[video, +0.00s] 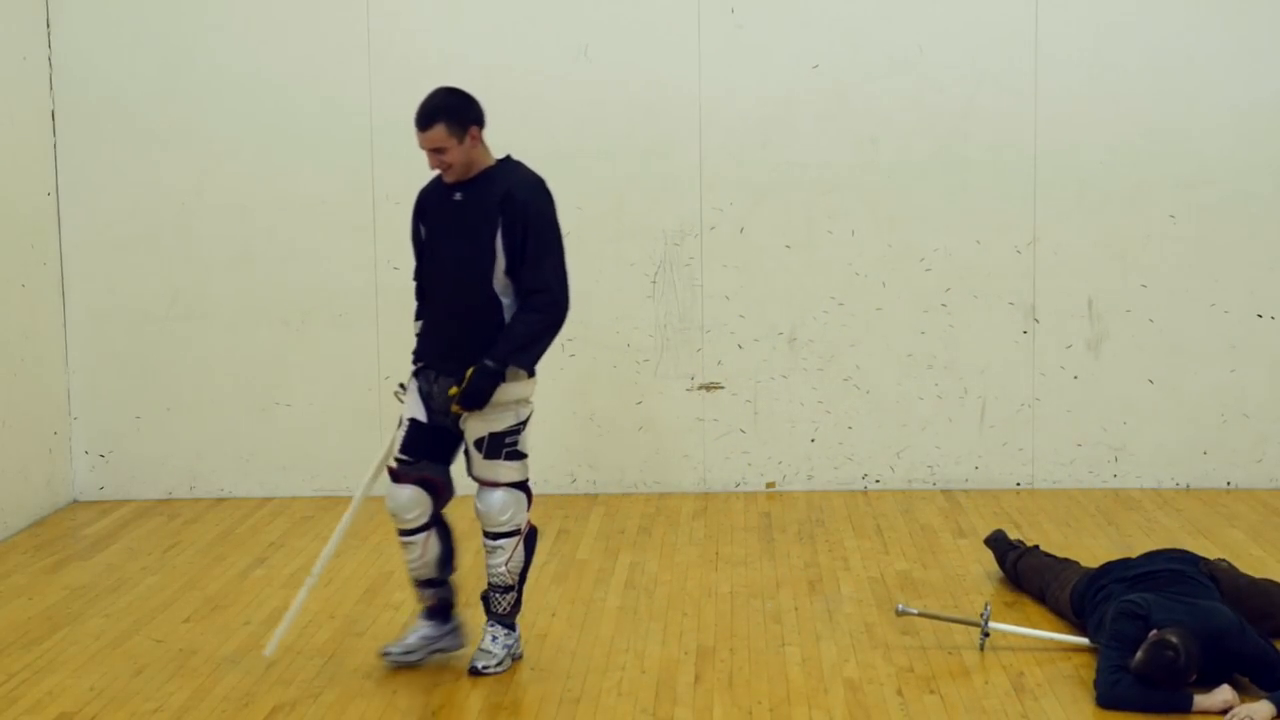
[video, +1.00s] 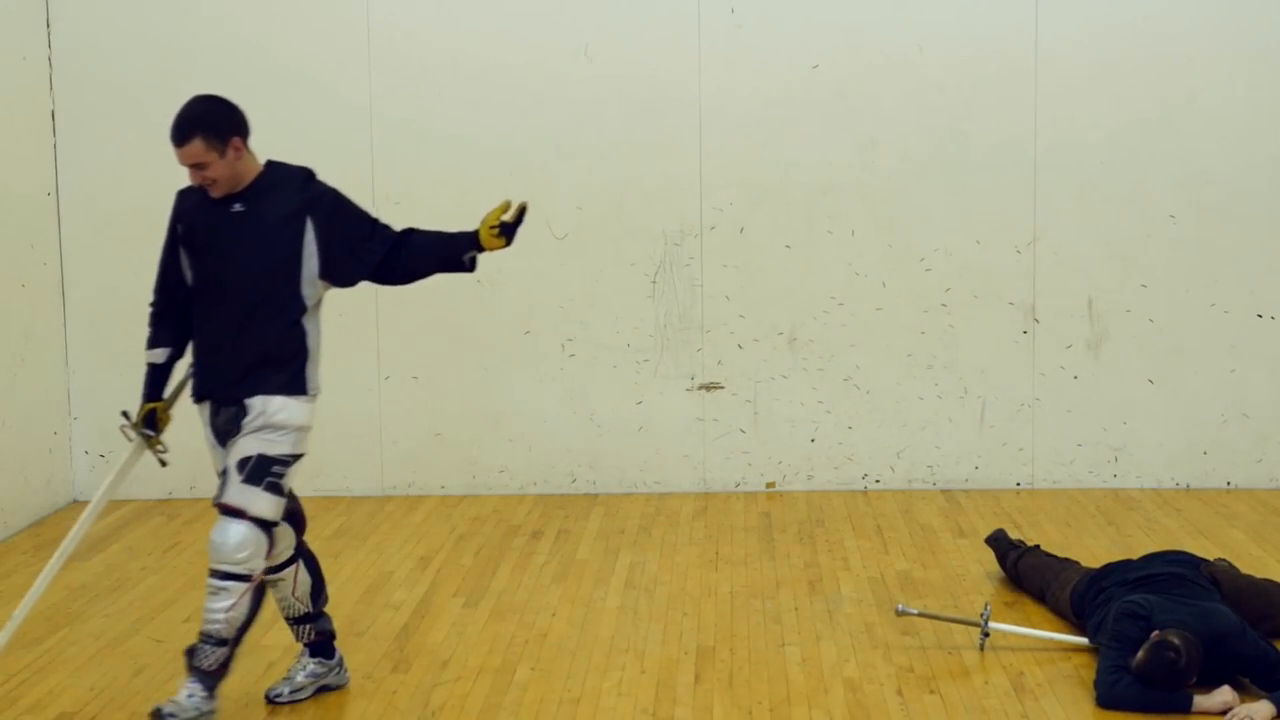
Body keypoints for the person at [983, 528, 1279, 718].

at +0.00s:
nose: (1130, 662)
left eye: (1136, 664)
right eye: (1137, 658)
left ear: (1194, 667)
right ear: (1149, 639)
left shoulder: (1225, 629)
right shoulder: (1124, 623)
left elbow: (1279, 678)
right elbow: (1110, 691)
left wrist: (1270, 705)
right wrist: (1199, 703)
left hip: (1181, 568)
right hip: (1104, 583)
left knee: (1275, 604)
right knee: (1048, 572)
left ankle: (1220, 574)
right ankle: (1010, 552)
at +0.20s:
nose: (1131, 660)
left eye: (1137, 663)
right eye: (1137, 657)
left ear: (1194, 668)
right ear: (1151, 640)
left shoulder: (1225, 629)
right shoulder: (1123, 626)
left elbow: (1278, 677)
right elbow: (1110, 691)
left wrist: (1270, 705)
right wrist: (1198, 703)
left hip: (1181, 569)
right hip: (1104, 584)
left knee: (1275, 604)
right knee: (1048, 572)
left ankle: (1221, 575)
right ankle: (1010, 552)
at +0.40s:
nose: (1131, 661)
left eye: (1136, 664)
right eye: (1137, 658)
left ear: (1194, 668)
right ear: (1151, 640)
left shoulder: (1225, 630)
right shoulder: (1124, 626)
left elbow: (1278, 677)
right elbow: (1110, 691)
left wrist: (1270, 705)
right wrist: (1198, 703)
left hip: (1183, 570)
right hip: (1105, 584)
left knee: (1275, 604)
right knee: (1048, 572)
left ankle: (1223, 575)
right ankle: (1010, 551)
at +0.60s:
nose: (1131, 660)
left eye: (1136, 663)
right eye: (1137, 657)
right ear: (1154, 637)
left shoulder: (1226, 631)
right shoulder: (1124, 626)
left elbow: (1279, 677)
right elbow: (1109, 691)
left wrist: (1270, 705)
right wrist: (1199, 703)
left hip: (1182, 570)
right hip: (1105, 584)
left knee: (1275, 602)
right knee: (1047, 571)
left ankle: (1222, 575)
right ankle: (1009, 550)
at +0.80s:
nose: (1131, 660)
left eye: (1137, 663)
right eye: (1138, 656)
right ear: (1155, 638)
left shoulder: (1226, 630)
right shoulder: (1124, 626)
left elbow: (1278, 676)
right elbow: (1110, 692)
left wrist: (1271, 705)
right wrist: (1198, 703)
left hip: (1183, 570)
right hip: (1105, 585)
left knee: (1276, 603)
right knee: (1047, 571)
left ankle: (1223, 575)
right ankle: (1010, 550)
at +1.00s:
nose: (1131, 661)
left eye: (1137, 663)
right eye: (1138, 656)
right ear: (1154, 638)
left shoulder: (1225, 630)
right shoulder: (1123, 626)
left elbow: (1278, 675)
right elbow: (1109, 691)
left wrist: (1271, 705)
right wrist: (1198, 703)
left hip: (1182, 570)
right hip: (1105, 585)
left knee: (1275, 604)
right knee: (1048, 572)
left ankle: (1223, 575)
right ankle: (1009, 550)